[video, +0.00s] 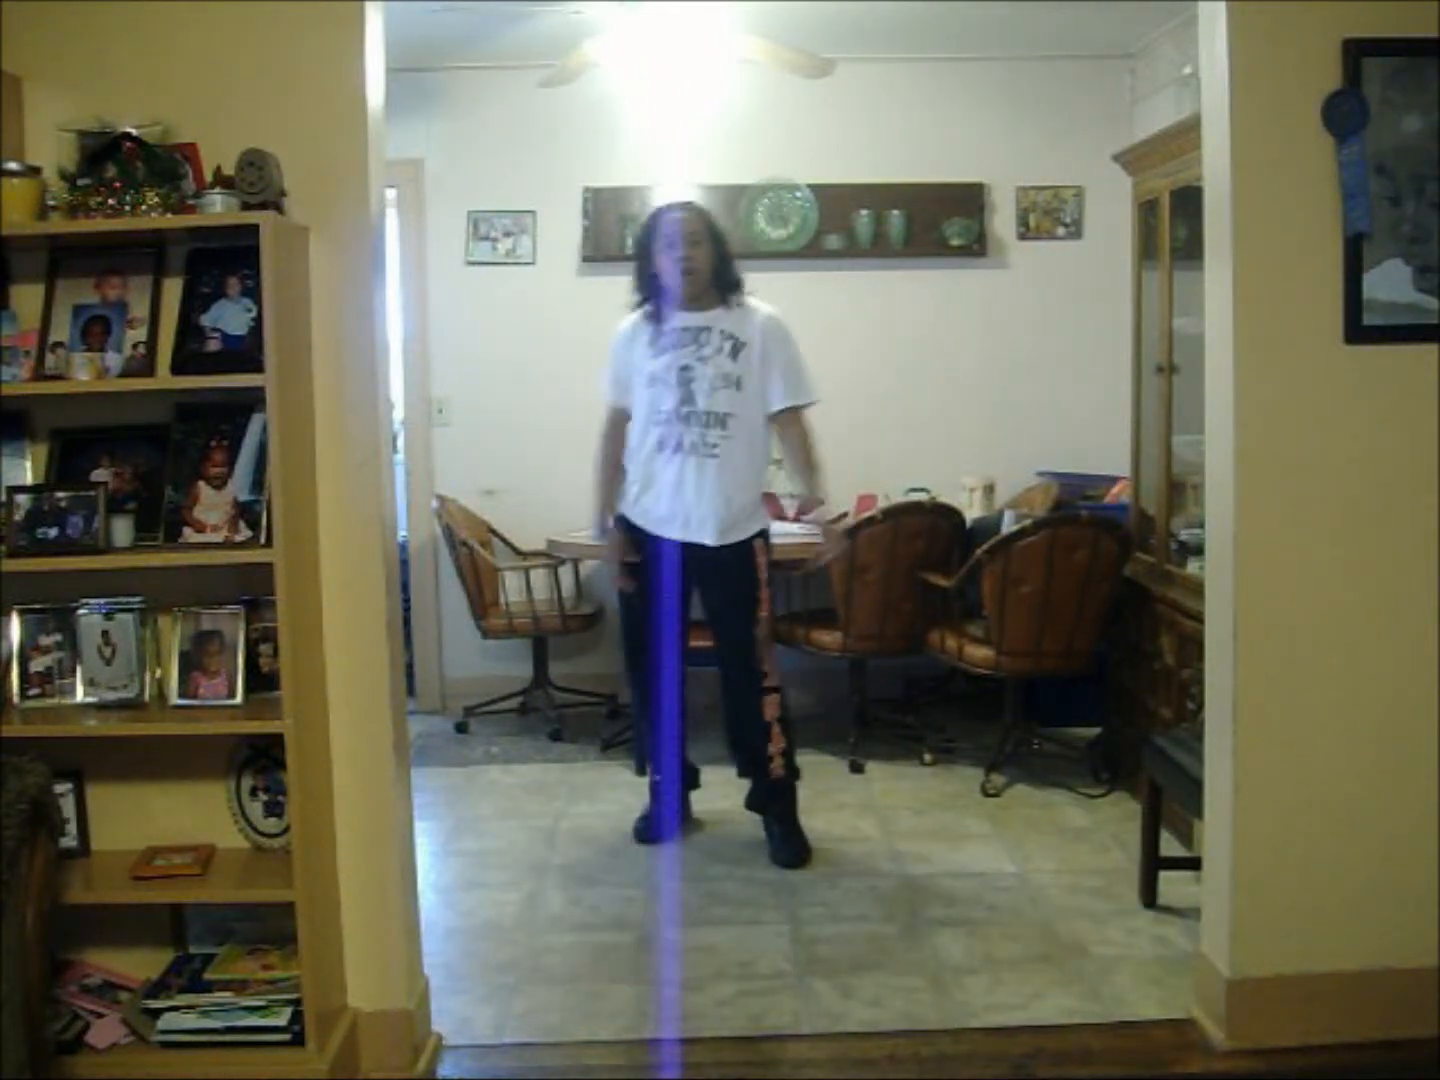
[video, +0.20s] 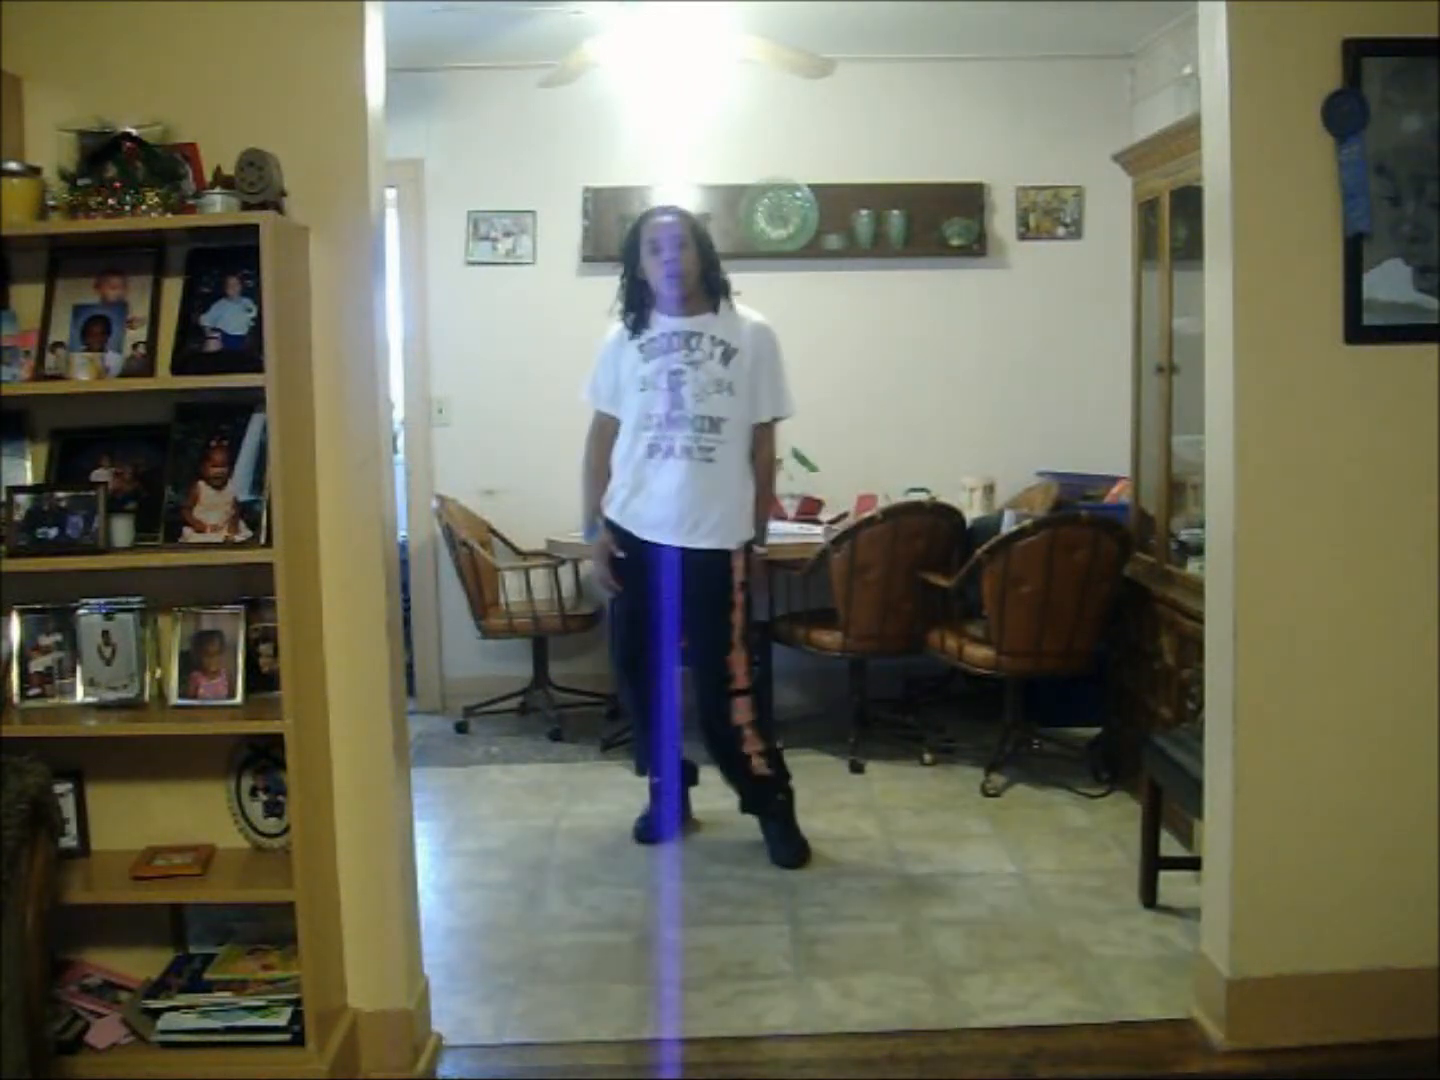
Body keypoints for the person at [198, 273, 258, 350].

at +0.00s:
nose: (233, 288)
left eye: (236, 285)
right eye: (230, 285)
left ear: (240, 287)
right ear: (225, 287)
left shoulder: (247, 303)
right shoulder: (221, 304)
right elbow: (205, 320)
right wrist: (210, 335)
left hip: (243, 338)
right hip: (224, 338)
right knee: (212, 340)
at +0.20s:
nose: (232, 288)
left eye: (235, 285)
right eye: (229, 285)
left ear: (240, 287)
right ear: (225, 287)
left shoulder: (247, 303)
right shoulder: (221, 304)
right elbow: (205, 320)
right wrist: (210, 335)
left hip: (243, 338)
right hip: (224, 337)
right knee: (212, 340)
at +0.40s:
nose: (233, 288)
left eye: (235, 285)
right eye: (230, 285)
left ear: (240, 287)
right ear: (225, 288)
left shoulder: (247, 304)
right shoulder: (221, 304)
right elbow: (206, 321)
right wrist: (211, 336)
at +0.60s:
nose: (233, 289)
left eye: (236, 285)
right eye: (230, 286)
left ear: (240, 287)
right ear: (225, 288)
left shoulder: (247, 303)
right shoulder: (221, 304)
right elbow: (206, 320)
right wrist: (210, 335)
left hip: (244, 339)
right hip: (225, 338)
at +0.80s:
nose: (233, 289)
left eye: (236, 285)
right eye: (230, 286)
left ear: (240, 287)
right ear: (226, 288)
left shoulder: (247, 304)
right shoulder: (221, 304)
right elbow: (205, 320)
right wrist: (210, 335)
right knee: (212, 342)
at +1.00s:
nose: (233, 289)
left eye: (236, 285)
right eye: (230, 286)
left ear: (240, 287)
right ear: (226, 288)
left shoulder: (247, 304)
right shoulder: (221, 304)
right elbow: (205, 320)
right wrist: (210, 335)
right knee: (212, 342)